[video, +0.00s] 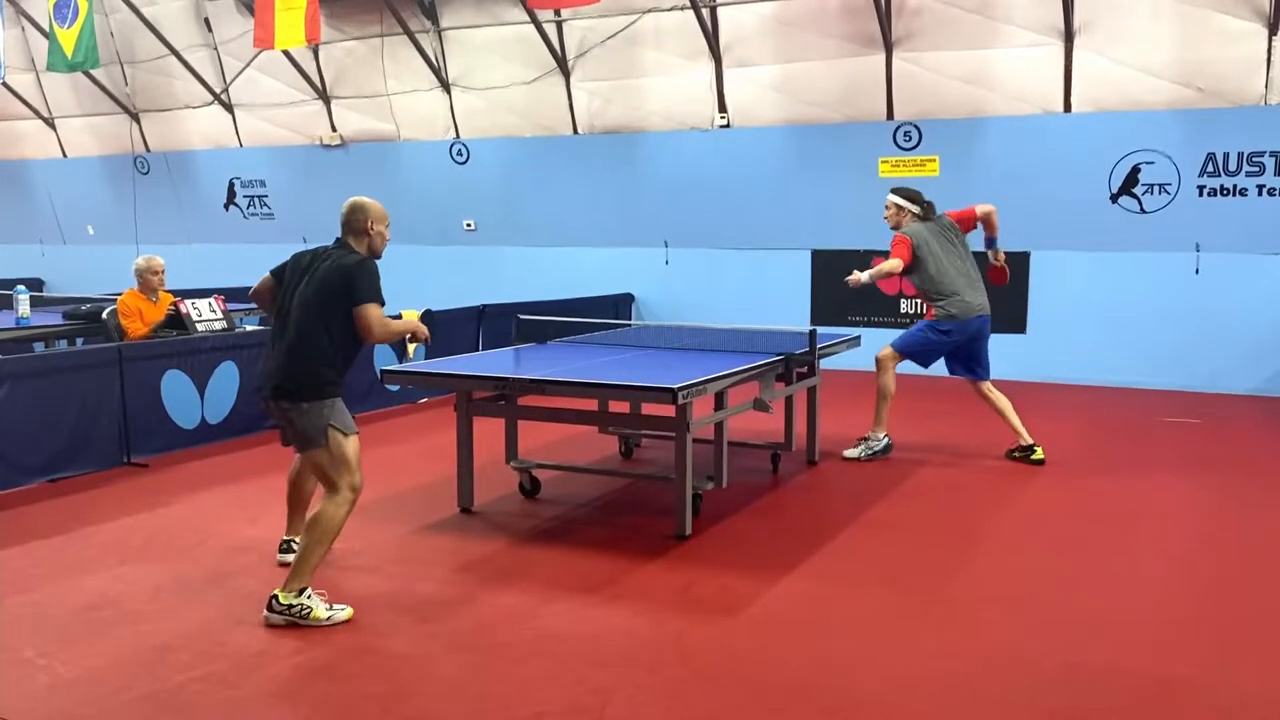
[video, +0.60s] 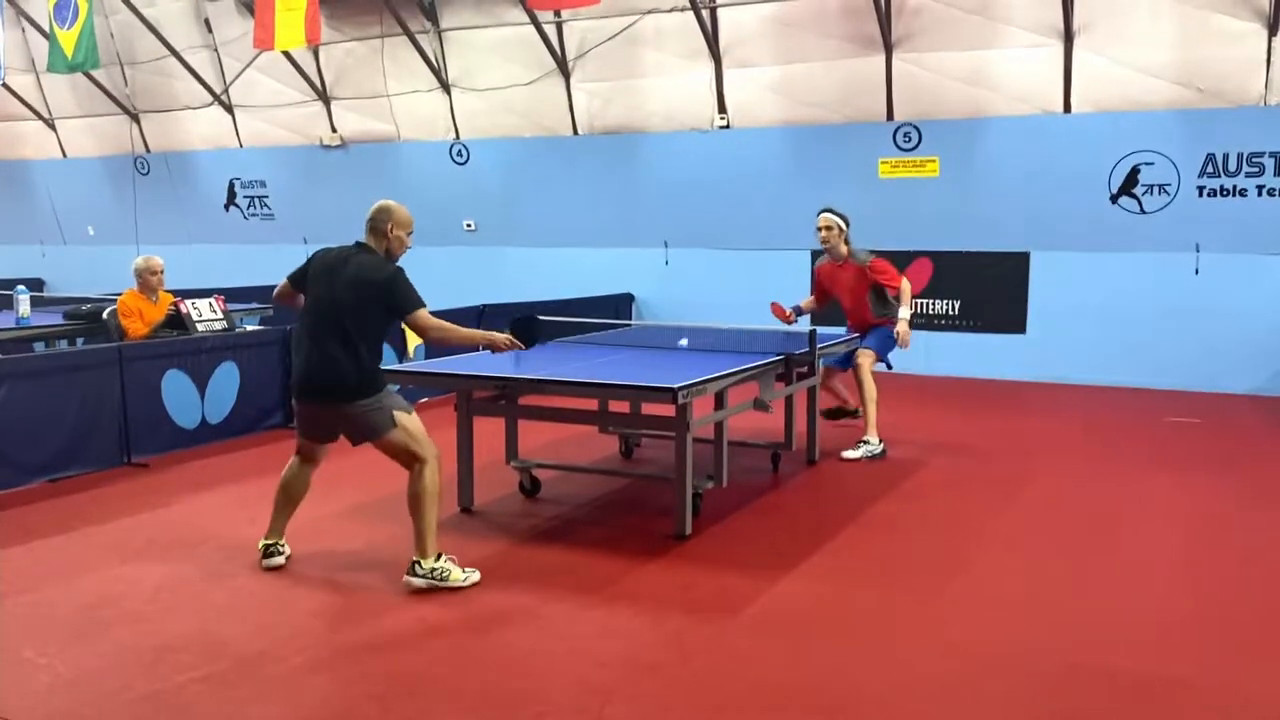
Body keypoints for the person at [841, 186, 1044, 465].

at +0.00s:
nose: (885, 213)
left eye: (889, 208)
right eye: (886, 208)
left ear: (906, 211)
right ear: (914, 212)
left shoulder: (905, 235)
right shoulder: (947, 221)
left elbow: (895, 266)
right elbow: (988, 211)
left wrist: (864, 276)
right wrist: (994, 249)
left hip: (951, 317)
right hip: (979, 314)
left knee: (886, 358)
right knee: (983, 384)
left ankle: (877, 437)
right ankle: (1027, 443)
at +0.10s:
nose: (867, 224)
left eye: (871, 219)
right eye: (868, 219)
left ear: (888, 221)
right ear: (895, 220)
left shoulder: (895, 244)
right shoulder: (928, 227)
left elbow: (908, 276)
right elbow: (961, 211)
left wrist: (876, 290)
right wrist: (955, 251)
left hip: (947, 319)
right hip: (971, 317)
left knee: (877, 353)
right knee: (975, 389)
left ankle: (881, 430)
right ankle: (1026, 443)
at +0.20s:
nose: (848, 236)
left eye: (852, 230)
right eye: (848, 230)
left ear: (870, 232)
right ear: (872, 232)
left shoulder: (885, 257)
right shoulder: (904, 246)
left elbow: (917, 288)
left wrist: (882, 310)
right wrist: (886, 297)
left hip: (936, 327)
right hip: (955, 324)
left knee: (873, 368)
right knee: (967, 394)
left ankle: (872, 443)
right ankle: (1025, 442)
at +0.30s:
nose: (845, 252)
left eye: (851, 244)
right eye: (842, 245)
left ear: (864, 244)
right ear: (839, 247)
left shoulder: (880, 273)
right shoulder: (856, 279)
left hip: (924, 324)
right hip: (931, 325)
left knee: (869, 364)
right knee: (939, 401)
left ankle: (873, 439)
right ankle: (1008, 423)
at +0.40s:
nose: (828, 250)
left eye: (833, 244)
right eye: (825, 245)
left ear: (849, 246)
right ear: (825, 248)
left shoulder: (875, 272)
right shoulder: (838, 278)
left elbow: (917, 293)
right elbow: (833, 301)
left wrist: (898, 327)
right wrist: (808, 308)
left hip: (916, 328)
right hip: (898, 332)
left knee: (872, 367)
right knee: (901, 402)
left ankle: (873, 442)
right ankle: (968, 405)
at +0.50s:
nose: (824, 244)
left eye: (830, 238)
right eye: (821, 239)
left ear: (845, 240)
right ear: (820, 242)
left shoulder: (871, 269)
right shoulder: (829, 272)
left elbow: (909, 294)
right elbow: (829, 299)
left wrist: (897, 329)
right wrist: (804, 311)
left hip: (900, 327)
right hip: (873, 332)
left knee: (870, 363)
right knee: (854, 391)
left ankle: (873, 441)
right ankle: (916, 399)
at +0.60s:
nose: (822, 235)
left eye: (828, 229)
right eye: (819, 230)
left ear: (843, 232)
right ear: (817, 234)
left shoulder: (866, 262)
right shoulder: (821, 267)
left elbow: (904, 285)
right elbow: (818, 299)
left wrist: (903, 321)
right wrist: (794, 311)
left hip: (883, 327)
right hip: (855, 331)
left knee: (862, 361)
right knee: (823, 374)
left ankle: (872, 439)